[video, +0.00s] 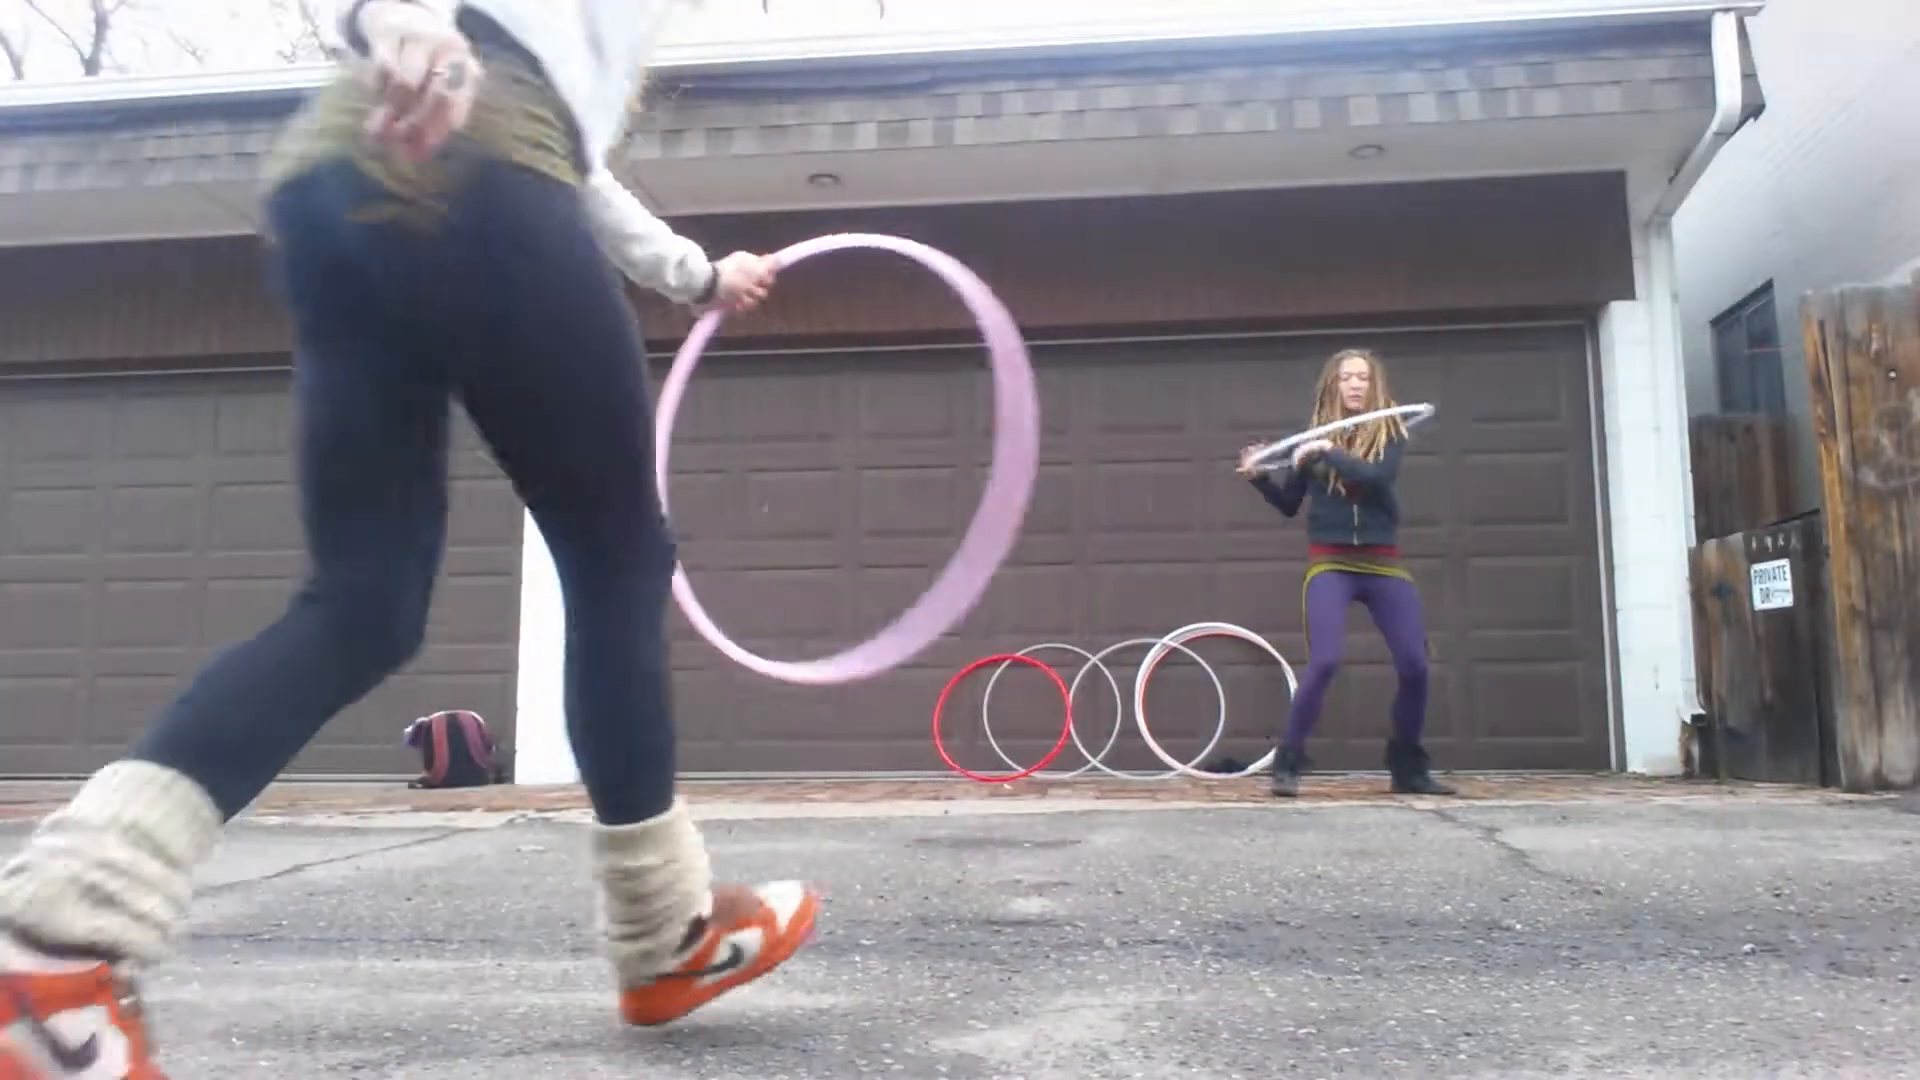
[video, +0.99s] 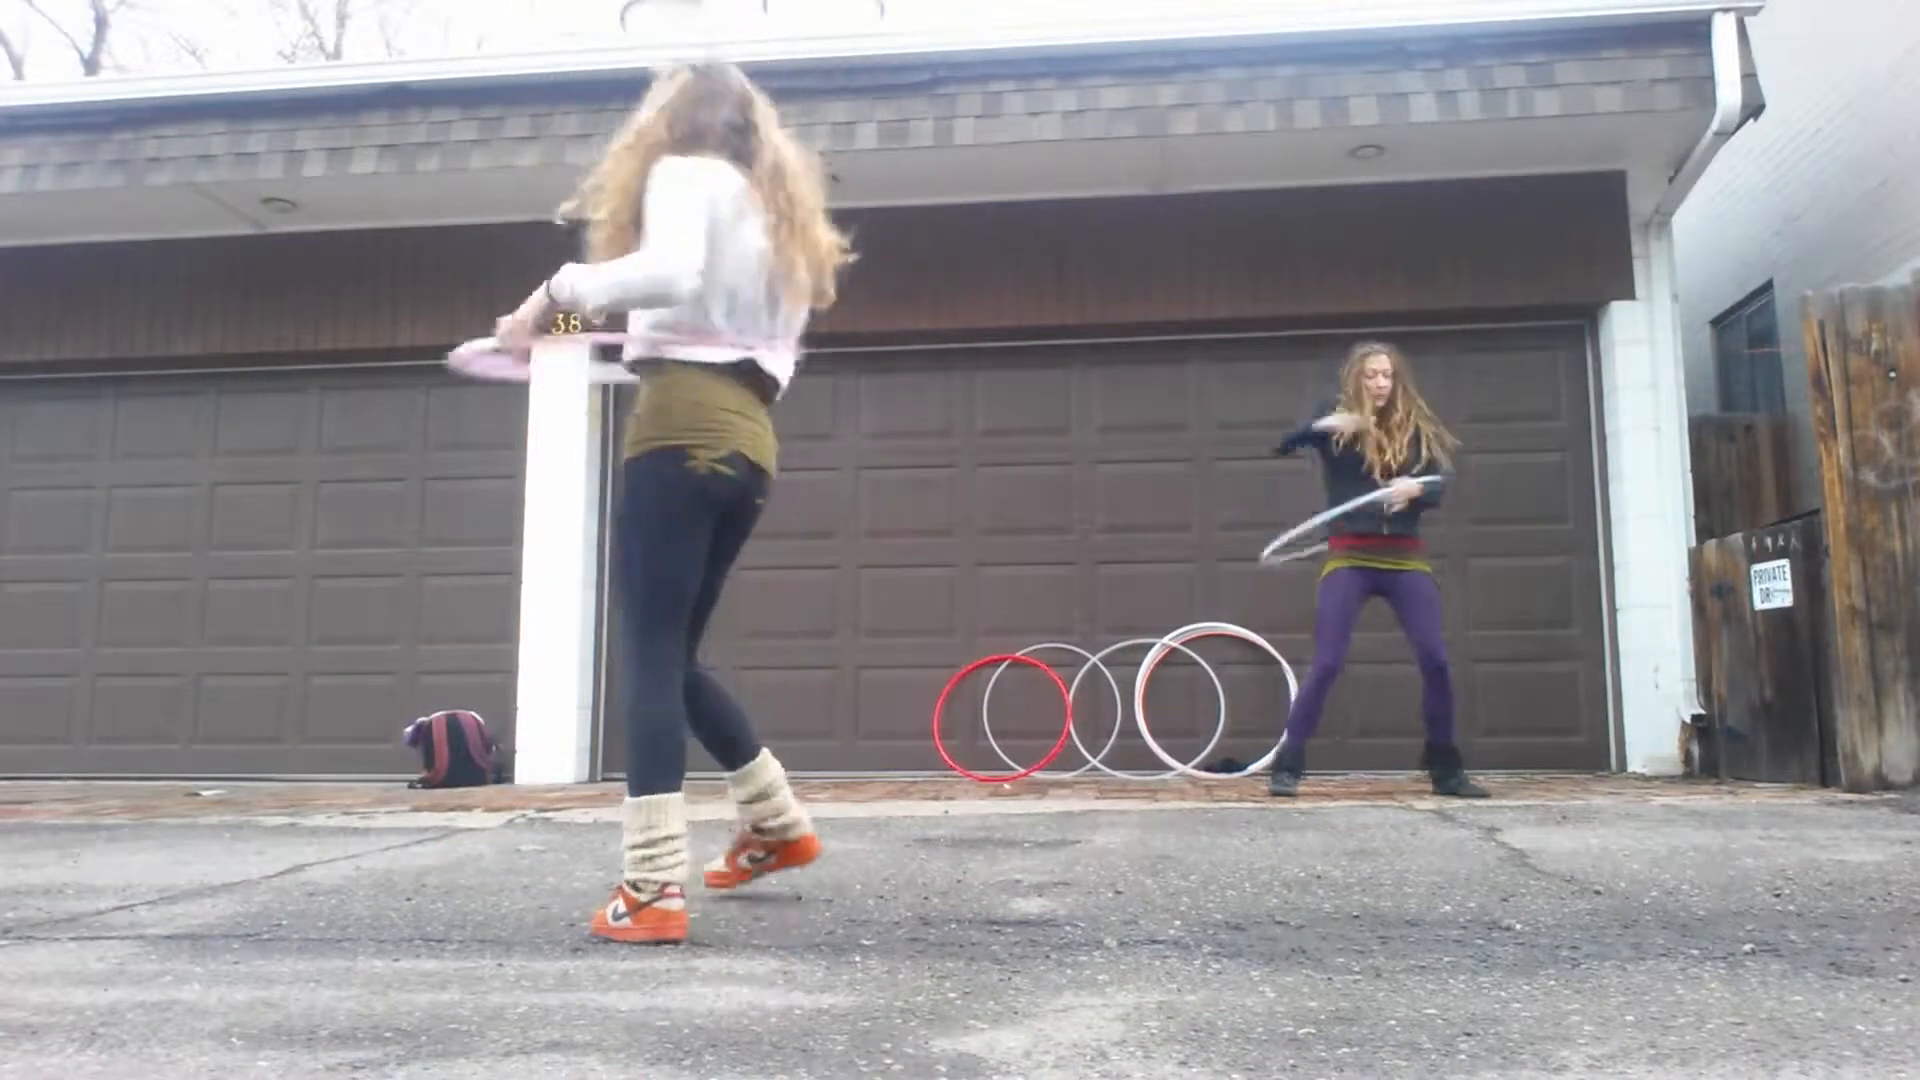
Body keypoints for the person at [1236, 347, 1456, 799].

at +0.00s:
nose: (1356, 385)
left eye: (1364, 378)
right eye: (1348, 378)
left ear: (1375, 386)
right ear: (1333, 385)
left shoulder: (1387, 430)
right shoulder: (1313, 438)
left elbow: (1379, 478)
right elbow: (1289, 503)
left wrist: (1329, 454)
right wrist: (1261, 476)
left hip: (1383, 563)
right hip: (1329, 562)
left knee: (1415, 666)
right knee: (1325, 660)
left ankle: (1407, 769)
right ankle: (1287, 763)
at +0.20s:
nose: (1338, 381)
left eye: (1345, 374)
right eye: (1330, 373)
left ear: (1355, 382)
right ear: (1312, 378)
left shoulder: (1364, 425)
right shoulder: (1290, 425)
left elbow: (1369, 483)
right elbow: (1282, 497)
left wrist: (1326, 440)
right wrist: (1321, 458)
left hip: (1365, 557)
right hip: (1314, 558)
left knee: (1404, 658)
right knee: (1314, 665)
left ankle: (1408, 764)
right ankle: (1282, 765)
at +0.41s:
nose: (1329, 375)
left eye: (1331, 367)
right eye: (1319, 369)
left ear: (1334, 372)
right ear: (1300, 375)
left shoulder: (1336, 420)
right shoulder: (1283, 424)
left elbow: (1368, 467)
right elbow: (1287, 494)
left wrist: (1400, 466)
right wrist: (1350, 503)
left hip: (1345, 549)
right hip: (1306, 556)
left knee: (1424, 590)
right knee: (1314, 663)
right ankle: (1283, 762)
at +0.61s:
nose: (1343, 370)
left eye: (1342, 362)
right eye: (1336, 362)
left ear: (1322, 367)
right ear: (1314, 366)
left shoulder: (1325, 411)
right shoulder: (1305, 406)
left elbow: (1318, 480)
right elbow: (1352, 463)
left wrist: (1356, 496)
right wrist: (1381, 477)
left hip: (1348, 543)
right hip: (1312, 548)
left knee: (1423, 597)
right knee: (1312, 656)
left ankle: (1387, 682)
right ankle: (1282, 761)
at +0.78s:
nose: (1362, 367)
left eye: (1362, 359)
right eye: (1354, 359)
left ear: (1350, 364)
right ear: (1331, 364)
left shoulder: (1354, 406)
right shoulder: (1312, 402)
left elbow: (1354, 465)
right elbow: (1350, 449)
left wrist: (1384, 457)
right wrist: (1384, 456)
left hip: (1372, 544)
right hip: (1328, 547)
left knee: (1417, 646)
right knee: (1313, 658)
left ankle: (1446, 761)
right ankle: (1282, 765)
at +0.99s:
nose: (1382, 383)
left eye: (1388, 376)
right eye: (1372, 375)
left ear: (1397, 381)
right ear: (1355, 380)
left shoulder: (1415, 428)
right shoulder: (1336, 419)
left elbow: (1439, 486)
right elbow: (1290, 442)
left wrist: (1417, 490)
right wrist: (1331, 427)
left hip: (1405, 558)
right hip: (1348, 557)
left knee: (1435, 659)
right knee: (1327, 663)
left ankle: (1445, 770)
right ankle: (1287, 766)